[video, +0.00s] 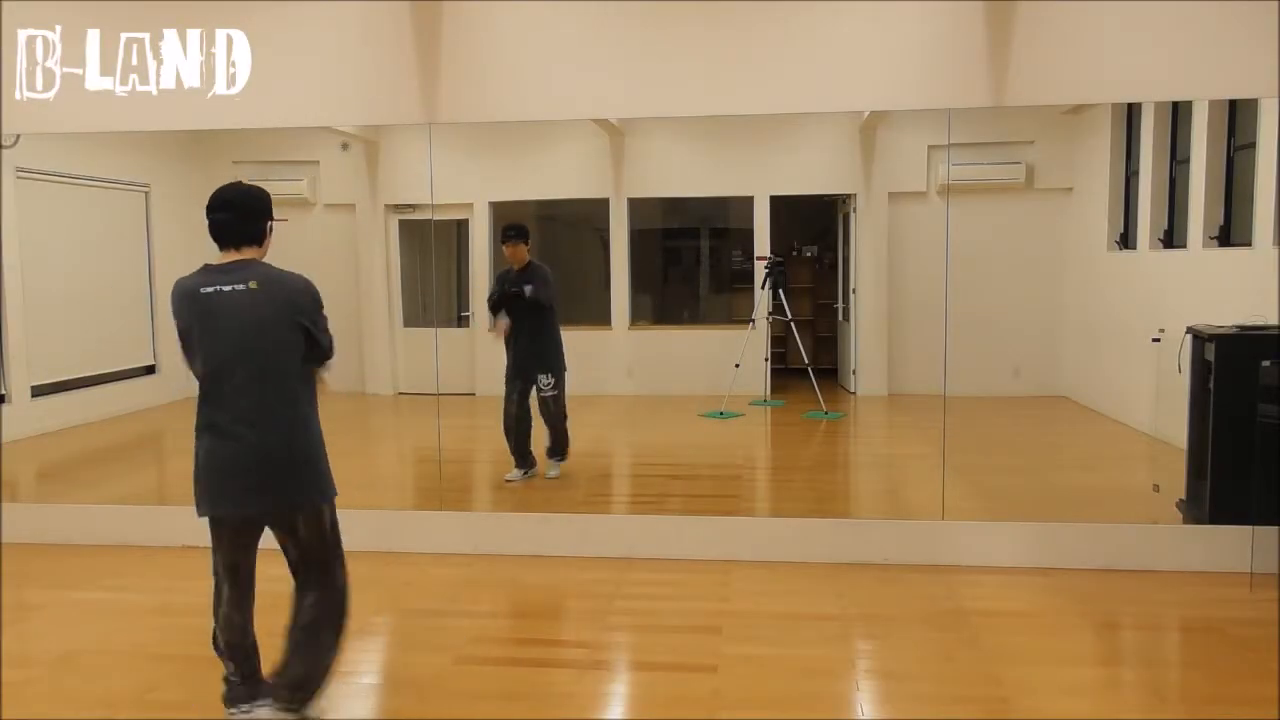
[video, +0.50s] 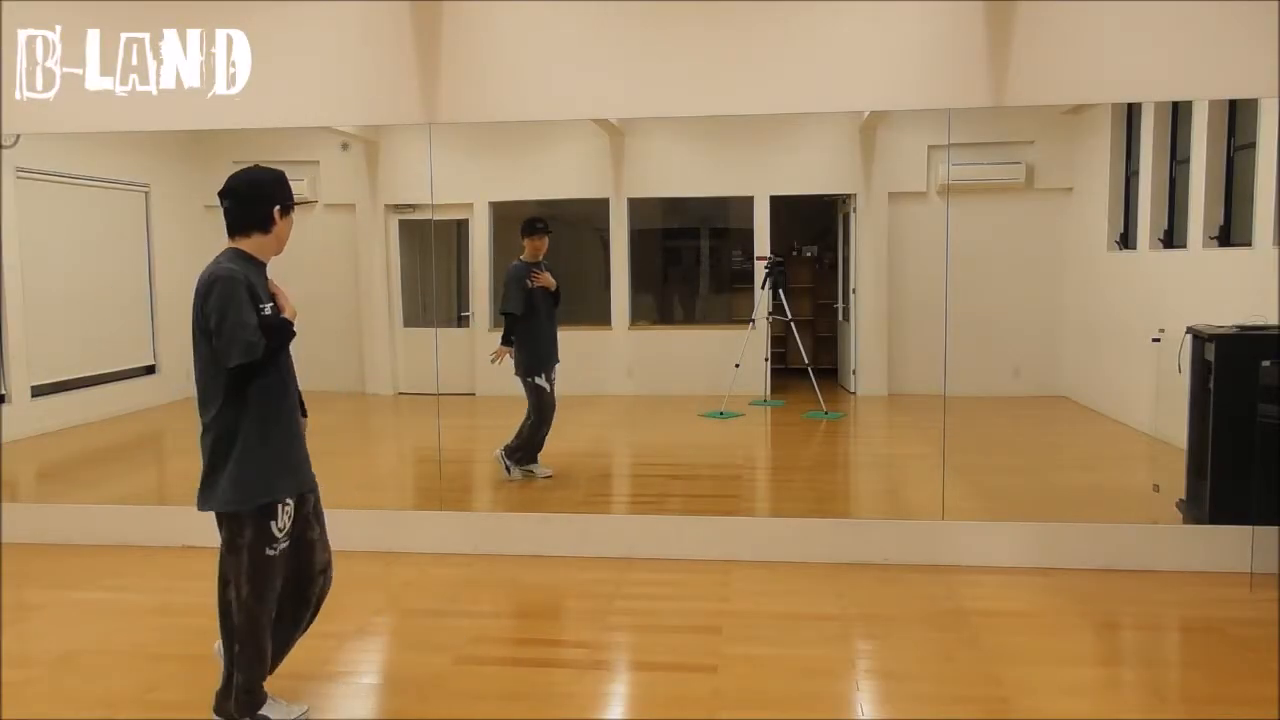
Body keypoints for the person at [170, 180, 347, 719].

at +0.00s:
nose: (272, 231)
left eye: (267, 224)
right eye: (271, 224)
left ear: (214, 233)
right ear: (267, 231)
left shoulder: (187, 292)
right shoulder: (295, 289)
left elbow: (200, 365)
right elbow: (318, 356)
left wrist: (273, 364)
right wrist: (257, 361)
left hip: (224, 468)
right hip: (292, 467)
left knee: (231, 578)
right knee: (321, 579)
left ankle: (242, 692)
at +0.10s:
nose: (277, 223)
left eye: (274, 215)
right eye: (276, 215)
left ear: (216, 226)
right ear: (268, 222)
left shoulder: (193, 287)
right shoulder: (294, 280)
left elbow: (228, 345)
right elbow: (346, 342)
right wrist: (317, 379)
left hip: (222, 463)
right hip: (289, 461)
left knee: (235, 583)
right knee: (290, 582)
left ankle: (218, 683)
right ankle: (240, 696)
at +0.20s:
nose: (285, 221)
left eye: (283, 212)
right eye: (283, 212)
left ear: (227, 218)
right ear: (273, 216)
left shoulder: (210, 278)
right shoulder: (270, 277)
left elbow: (236, 357)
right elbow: (314, 343)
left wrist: (304, 375)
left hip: (233, 458)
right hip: (275, 462)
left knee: (254, 572)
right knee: (276, 581)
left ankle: (211, 658)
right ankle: (243, 703)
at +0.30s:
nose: (288, 225)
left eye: (287, 215)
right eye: (287, 215)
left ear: (236, 217)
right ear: (273, 216)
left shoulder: (238, 274)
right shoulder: (238, 277)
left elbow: (254, 359)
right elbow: (259, 358)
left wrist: (281, 315)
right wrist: (288, 318)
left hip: (279, 459)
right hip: (263, 464)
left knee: (303, 570)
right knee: (269, 583)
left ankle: (231, 652)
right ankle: (241, 704)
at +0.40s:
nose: (290, 226)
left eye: (289, 215)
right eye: (289, 215)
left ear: (238, 216)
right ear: (274, 217)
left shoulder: (250, 279)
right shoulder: (228, 281)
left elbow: (249, 370)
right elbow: (242, 368)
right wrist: (283, 321)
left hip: (289, 464)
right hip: (254, 473)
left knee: (308, 577)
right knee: (258, 594)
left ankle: (241, 649)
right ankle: (241, 705)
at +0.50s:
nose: (292, 226)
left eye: (291, 215)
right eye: (290, 215)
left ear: (239, 215)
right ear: (275, 217)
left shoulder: (250, 279)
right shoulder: (228, 279)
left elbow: (253, 368)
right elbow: (243, 362)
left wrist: (288, 420)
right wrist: (285, 319)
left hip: (285, 463)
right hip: (251, 471)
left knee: (311, 576)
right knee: (254, 593)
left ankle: (244, 657)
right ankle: (241, 705)